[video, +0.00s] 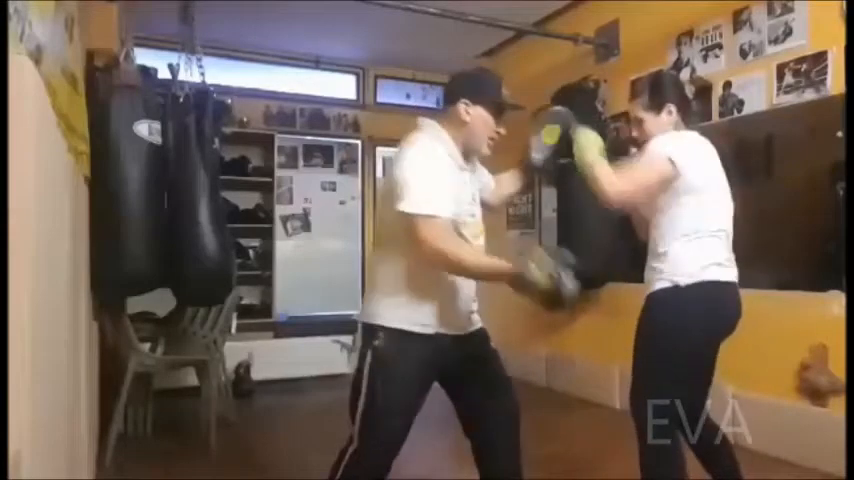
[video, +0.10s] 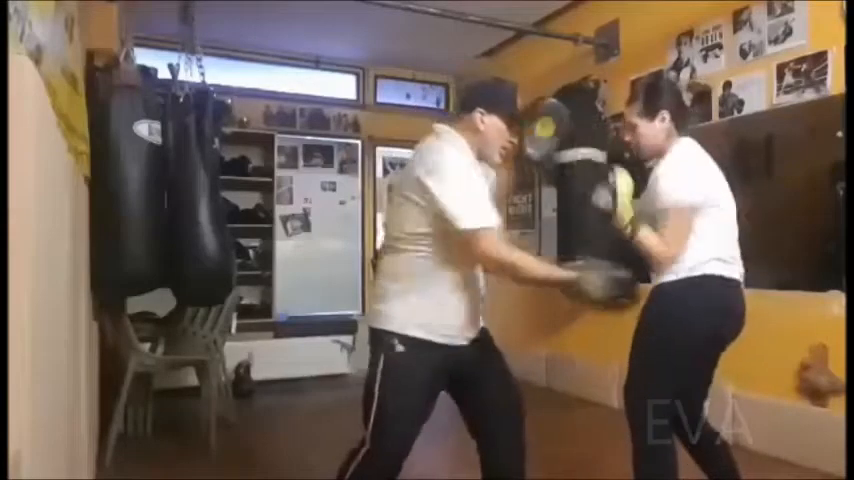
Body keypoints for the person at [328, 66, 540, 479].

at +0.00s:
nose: (500, 128)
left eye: (502, 118)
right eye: (494, 114)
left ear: (466, 112)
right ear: (464, 109)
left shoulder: (463, 158)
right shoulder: (422, 152)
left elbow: (494, 190)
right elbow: (433, 242)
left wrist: (532, 168)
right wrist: (513, 272)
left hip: (460, 331)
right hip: (402, 333)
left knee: (500, 432)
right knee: (370, 454)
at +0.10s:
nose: (513, 139)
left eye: (515, 129)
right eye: (508, 125)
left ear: (478, 120)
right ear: (480, 118)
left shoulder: (464, 161)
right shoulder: (445, 155)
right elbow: (491, 253)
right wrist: (570, 278)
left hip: (462, 333)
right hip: (409, 335)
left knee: (503, 422)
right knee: (382, 453)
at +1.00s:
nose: (469, 99)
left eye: (467, 89)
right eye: (459, 86)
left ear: (433, 93)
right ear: (430, 91)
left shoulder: (441, 148)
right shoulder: (402, 135)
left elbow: (477, 221)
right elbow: (480, 188)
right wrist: (528, 142)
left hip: (452, 329)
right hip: (394, 331)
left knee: (489, 456)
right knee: (360, 460)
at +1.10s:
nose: (474, 97)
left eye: (472, 87)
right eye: (466, 85)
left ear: (437, 92)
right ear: (436, 88)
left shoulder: (443, 143)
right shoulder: (405, 132)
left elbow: (494, 176)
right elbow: (481, 183)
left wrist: (535, 130)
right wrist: (522, 121)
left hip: (453, 328)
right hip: (396, 330)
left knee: (490, 456)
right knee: (362, 459)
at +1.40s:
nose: (501, 100)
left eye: (500, 89)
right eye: (493, 88)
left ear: (466, 91)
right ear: (465, 89)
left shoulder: (466, 146)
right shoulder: (432, 131)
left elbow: (486, 230)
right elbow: (507, 190)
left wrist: (519, 215)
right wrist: (565, 159)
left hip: (466, 323)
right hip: (410, 321)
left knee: (495, 440)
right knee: (374, 445)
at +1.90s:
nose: (494, 105)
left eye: (493, 95)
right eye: (487, 93)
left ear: (460, 94)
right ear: (458, 91)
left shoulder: (470, 146)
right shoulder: (426, 133)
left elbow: (521, 202)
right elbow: (524, 169)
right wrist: (605, 147)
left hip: (463, 328)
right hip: (405, 327)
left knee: (494, 447)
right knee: (370, 451)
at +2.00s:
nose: (485, 105)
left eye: (484, 95)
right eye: (477, 93)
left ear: (448, 95)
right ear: (446, 91)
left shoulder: (454, 150)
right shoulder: (414, 134)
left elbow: (509, 199)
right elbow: (491, 191)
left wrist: (560, 159)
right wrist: (556, 154)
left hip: (461, 334)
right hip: (400, 332)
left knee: (496, 459)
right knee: (366, 458)